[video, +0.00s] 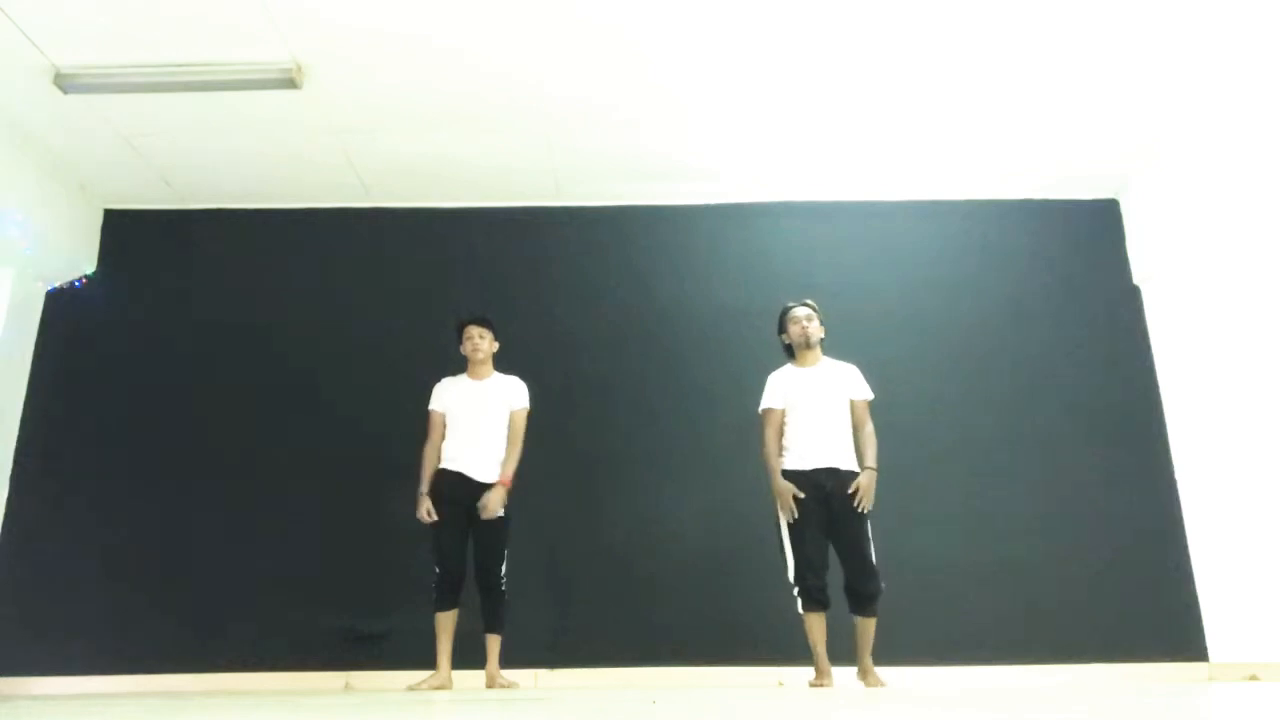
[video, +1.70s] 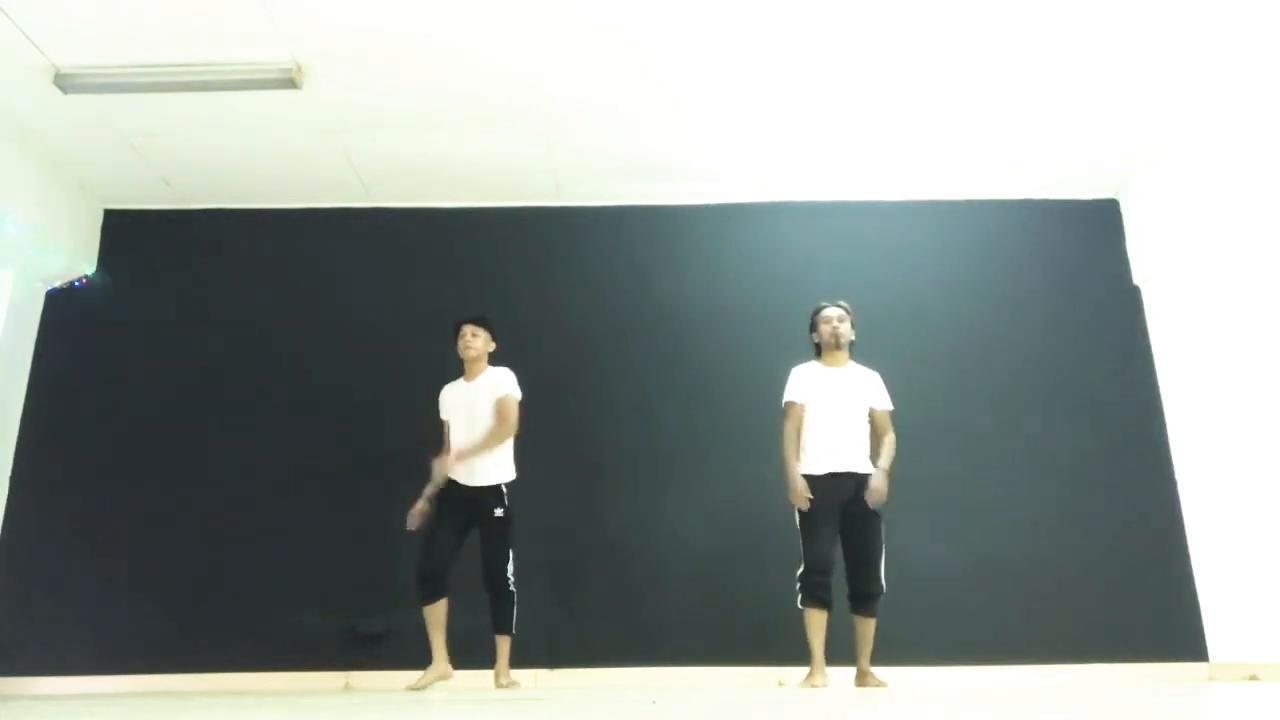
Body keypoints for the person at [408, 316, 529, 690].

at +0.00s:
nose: (475, 343)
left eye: (482, 338)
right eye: (469, 339)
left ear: (495, 346)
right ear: (461, 348)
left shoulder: (513, 387)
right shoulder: (445, 387)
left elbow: (515, 442)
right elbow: (433, 441)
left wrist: (501, 487)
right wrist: (424, 490)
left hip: (491, 489)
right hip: (449, 486)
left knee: (492, 578)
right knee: (448, 576)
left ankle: (493, 671)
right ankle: (443, 672)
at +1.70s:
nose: (468, 341)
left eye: (476, 336)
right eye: (463, 336)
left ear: (491, 346)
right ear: (457, 347)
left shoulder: (502, 377)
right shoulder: (449, 393)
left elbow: (507, 428)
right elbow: (447, 454)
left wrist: (464, 454)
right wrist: (426, 498)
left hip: (495, 492)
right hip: (456, 491)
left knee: (499, 576)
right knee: (430, 568)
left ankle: (502, 670)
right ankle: (440, 662)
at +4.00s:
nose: (491, 318)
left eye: (495, 312)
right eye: (480, 312)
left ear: (503, 322)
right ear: (462, 324)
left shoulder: (525, 370)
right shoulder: (443, 368)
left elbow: (581, 401)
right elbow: (378, 388)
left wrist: (602, 418)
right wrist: (361, 343)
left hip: (519, 491)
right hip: (461, 489)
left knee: (557, 569)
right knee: (406, 570)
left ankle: (563, 672)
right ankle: (359, 669)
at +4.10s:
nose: (508, 312)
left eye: (510, 307)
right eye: (496, 307)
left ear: (515, 317)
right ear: (475, 320)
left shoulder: (545, 354)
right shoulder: (465, 376)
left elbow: (598, 345)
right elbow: (425, 431)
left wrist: (602, 328)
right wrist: (376, 432)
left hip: (548, 482)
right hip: (494, 485)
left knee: (572, 564)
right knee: (473, 562)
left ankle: (565, 670)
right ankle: (478, 648)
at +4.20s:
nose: (514, 299)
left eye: (516, 294)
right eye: (504, 295)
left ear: (522, 305)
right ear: (482, 307)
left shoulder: (547, 331)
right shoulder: (477, 365)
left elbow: (595, 290)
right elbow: (459, 434)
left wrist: (572, 282)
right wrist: (425, 481)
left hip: (565, 463)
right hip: (516, 469)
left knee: (578, 563)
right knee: (513, 584)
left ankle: (565, 668)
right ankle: (564, 637)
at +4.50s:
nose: (490, 305)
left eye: (497, 297)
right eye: (484, 301)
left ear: (519, 298)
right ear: (481, 312)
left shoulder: (546, 321)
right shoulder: (486, 362)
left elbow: (591, 279)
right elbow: (471, 418)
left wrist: (548, 283)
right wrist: (457, 472)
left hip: (576, 446)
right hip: (537, 457)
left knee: (576, 552)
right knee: (547, 567)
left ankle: (608, 659)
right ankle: (600, 657)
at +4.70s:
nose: (476, 337)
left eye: (485, 328)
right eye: (474, 330)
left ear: (509, 332)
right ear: (474, 338)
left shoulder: (537, 370)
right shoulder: (485, 393)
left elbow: (578, 419)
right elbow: (497, 448)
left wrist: (531, 472)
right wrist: (500, 474)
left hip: (568, 481)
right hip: (531, 488)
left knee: (551, 576)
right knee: (470, 550)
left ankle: (607, 669)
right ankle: (519, 644)